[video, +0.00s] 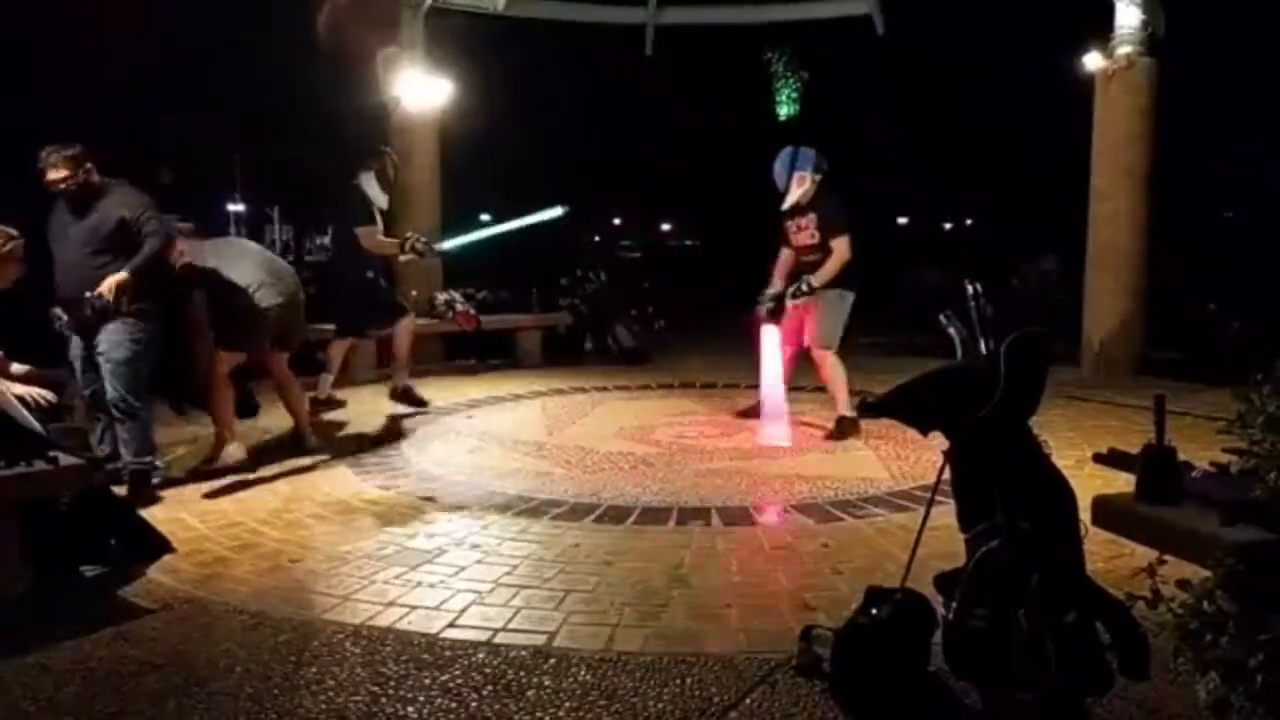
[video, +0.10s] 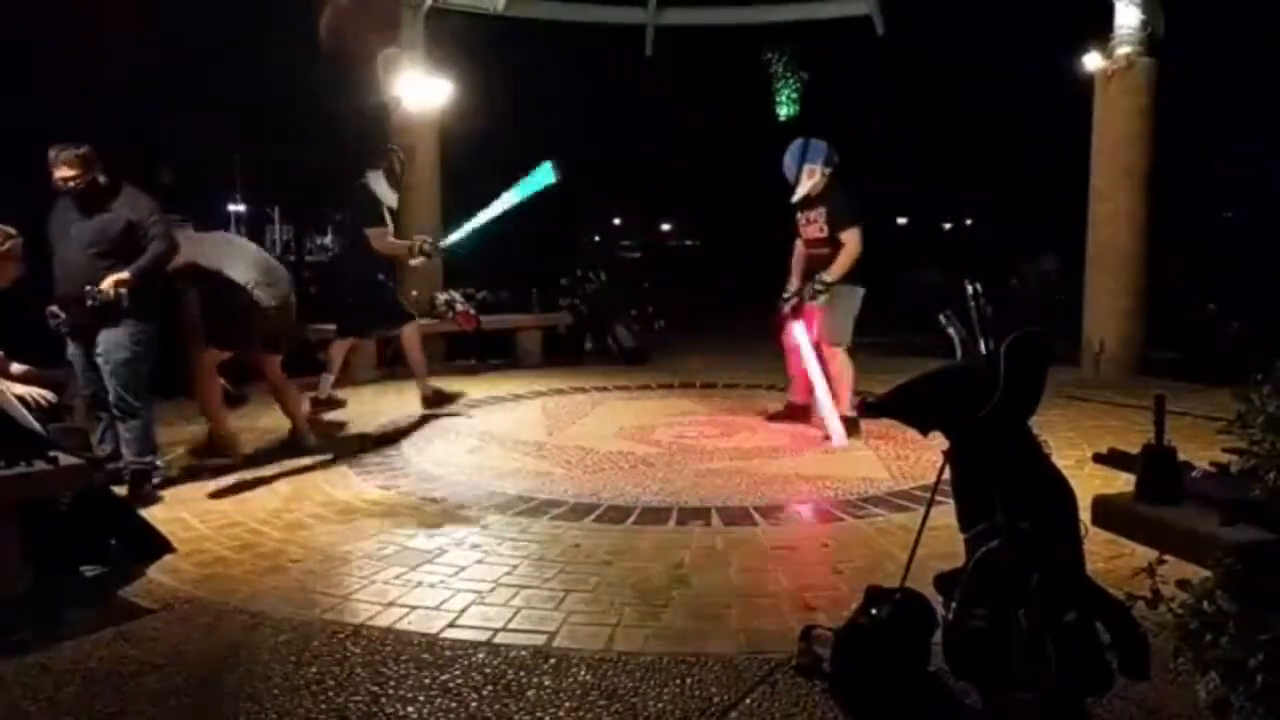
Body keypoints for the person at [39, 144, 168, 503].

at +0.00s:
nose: (63, 191)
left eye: (67, 182)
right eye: (56, 185)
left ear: (87, 172)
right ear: (49, 183)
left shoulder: (123, 200)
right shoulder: (59, 213)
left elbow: (159, 237)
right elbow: (63, 263)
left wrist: (127, 274)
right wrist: (60, 302)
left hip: (119, 314)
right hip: (76, 316)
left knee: (122, 398)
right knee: (94, 398)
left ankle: (139, 475)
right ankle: (108, 466)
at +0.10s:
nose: (69, 188)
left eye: (74, 180)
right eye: (62, 182)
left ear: (92, 173)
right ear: (56, 180)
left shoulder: (129, 203)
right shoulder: (61, 211)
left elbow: (164, 243)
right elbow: (61, 263)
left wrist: (131, 274)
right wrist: (59, 303)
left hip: (121, 318)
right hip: (77, 320)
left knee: (125, 400)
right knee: (94, 400)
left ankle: (140, 472)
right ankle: (107, 465)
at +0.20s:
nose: (74, 188)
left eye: (80, 180)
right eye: (67, 182)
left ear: (97, 172)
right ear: (59, 180)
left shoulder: (133, 205)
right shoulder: (61, 209)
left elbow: (167, 244)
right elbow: (60, 261)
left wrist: (133, 275)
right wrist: (55, 300)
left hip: (122, 319)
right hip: (77, 321)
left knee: (126, 401)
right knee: (94, 400)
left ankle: (140, 472)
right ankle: (106, 464)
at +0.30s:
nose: (81, 189)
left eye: (86, 181)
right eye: (73, 183)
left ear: (103, 173)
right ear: (63, 180)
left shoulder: (136, 206)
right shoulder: (63, 210)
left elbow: (169, 248)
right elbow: (60, 261)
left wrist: (135, 277)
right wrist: (56, 300)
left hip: (124, 321)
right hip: (78, 323)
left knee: (126, 402)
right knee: (97, 401)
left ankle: (141, 472)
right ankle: (108, 464)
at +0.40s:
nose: (82, 190)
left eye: (89, 183)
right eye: (76, 183)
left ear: (108, 175)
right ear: (68, 179)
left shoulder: (140, 207)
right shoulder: (66, 209)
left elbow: (172, 250)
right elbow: (59, 259)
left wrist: (134, 279)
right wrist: (53, 296)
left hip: (125, 322)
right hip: (80, 322)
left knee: (129, 402)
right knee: (99, 401)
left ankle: (143, 471)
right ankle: (111, 464)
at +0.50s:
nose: (82, 190)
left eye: (89, 183)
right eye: (77, 183)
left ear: (109, 176)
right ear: (70, 178)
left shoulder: (142, 208)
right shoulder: (68, 207)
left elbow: (173, 251)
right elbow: (61, 258)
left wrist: (133, 281)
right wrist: (55, 296)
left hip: (126, 323)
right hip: (80, 323)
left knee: (130, 403)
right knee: (100, 402)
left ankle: (142, 472)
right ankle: (111, 466)